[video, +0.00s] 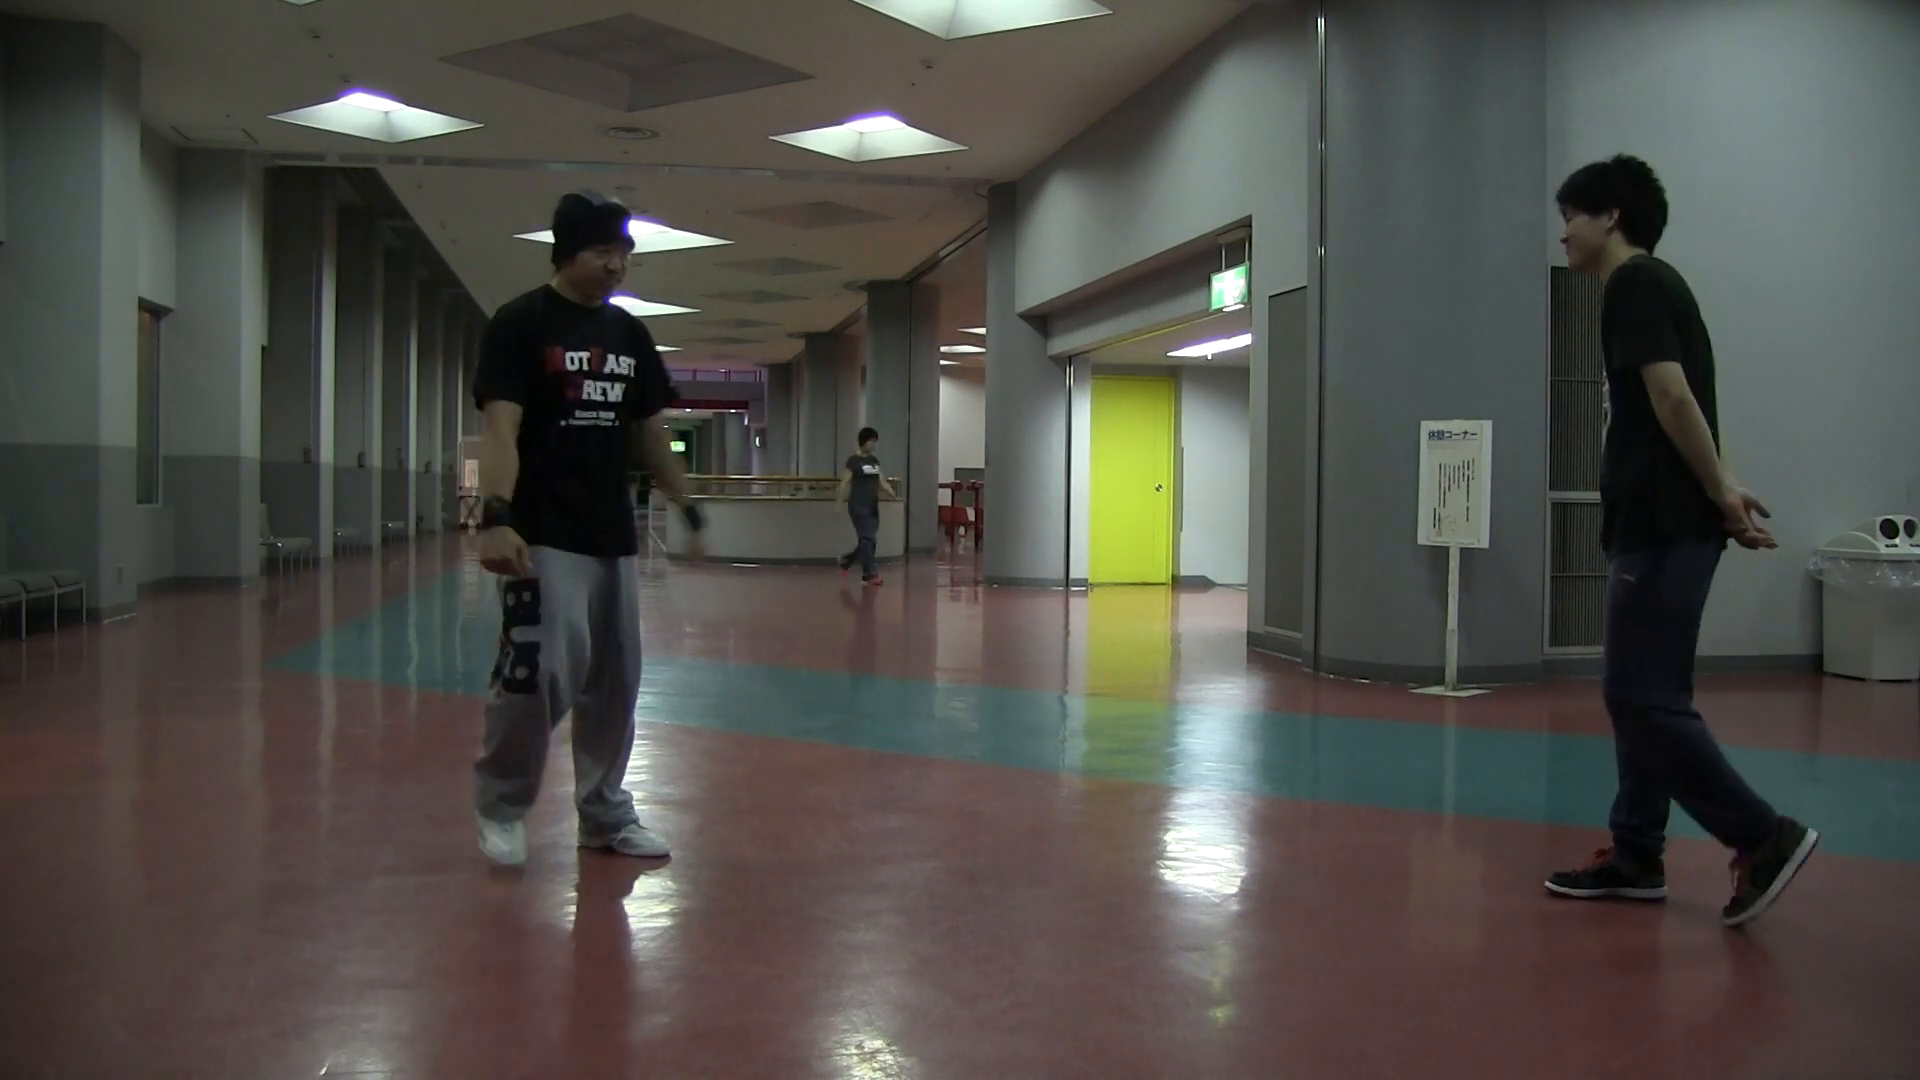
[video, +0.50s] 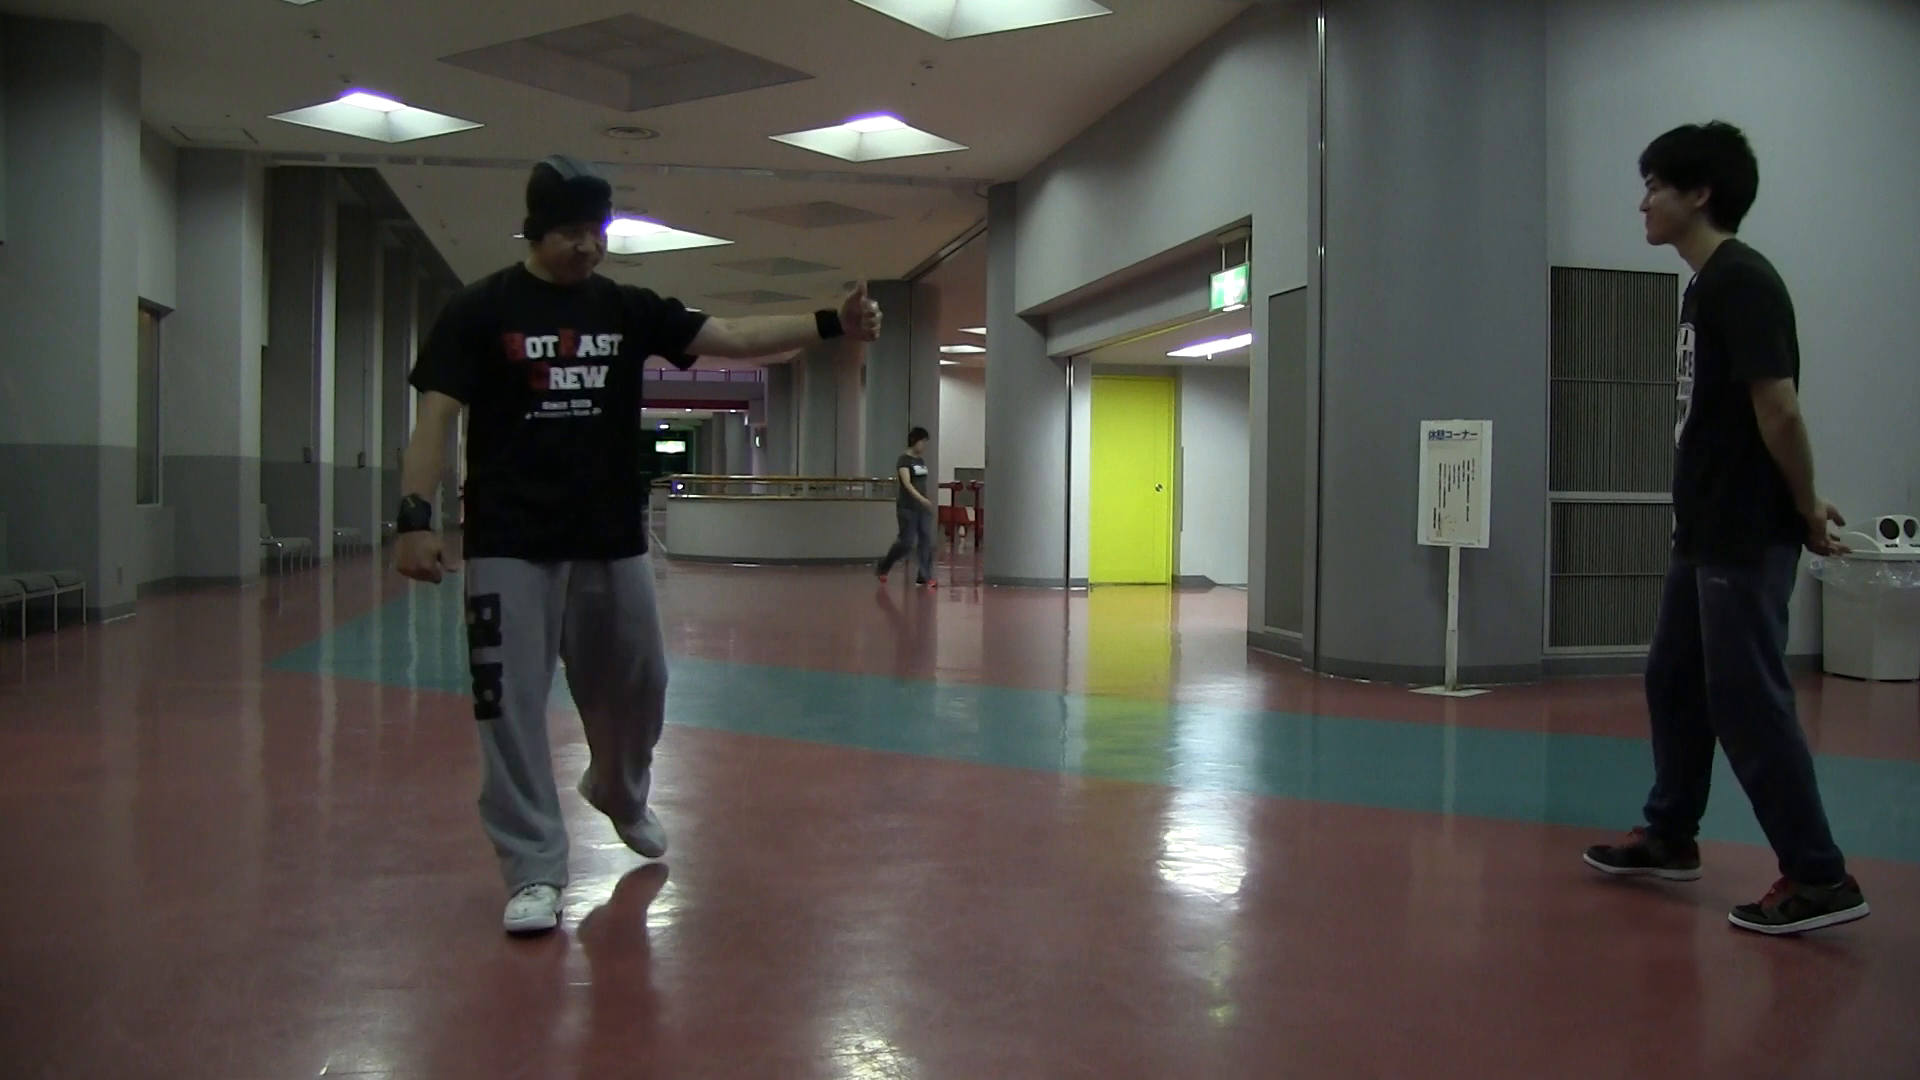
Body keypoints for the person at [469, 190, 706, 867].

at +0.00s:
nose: (619, 266)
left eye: (624, 254)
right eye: (607, 253)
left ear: (623, 257)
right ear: (569, 254)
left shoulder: (630, 334)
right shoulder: (519, 325)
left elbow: (649, 434)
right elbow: (499, 428)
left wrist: (687, 499)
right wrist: (494, 517)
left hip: (611, 534)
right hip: (542, 532)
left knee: (612, 678)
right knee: (546, 673)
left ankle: (605, 813)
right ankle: (501, 802)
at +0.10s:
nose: (625, 267)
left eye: (632, 255)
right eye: (613, 254)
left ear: (634, 255)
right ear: (575, 250)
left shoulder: (645, 330)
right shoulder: (520, 324)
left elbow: (703, 412)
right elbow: (485, 415)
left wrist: (773, 456)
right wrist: (469, 499)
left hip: (620, 538)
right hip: (543, 533)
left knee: (621, 678)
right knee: (537, 681)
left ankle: (608, 815)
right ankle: (519, 840)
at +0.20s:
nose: (627, 266)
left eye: (634, 253)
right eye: (614, 252)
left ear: (640, 255)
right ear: (577, 252)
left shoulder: (655, 333)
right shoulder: (522, 325)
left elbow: (727, 388)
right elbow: (475, 416)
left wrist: (821, 390)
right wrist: (449, 497)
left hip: (625, 543)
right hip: (543, 539)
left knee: (620, 684)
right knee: (536, 696)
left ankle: (609, 814)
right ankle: (534, 851)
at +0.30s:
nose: (622, 270)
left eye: (630, 257)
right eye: (609, 256)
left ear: (637, 259)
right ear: (573, 255)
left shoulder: (652, 333)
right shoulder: (513, 330)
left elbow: (748, 362)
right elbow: (465, 422)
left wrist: (838, 349)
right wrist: (434, 508)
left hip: (621, 546)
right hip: (536, 546)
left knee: (617, 685)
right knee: (535, 707)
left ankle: (611, 806)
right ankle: (540, 870)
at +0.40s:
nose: (608, 259)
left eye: (615, 245)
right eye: (594, 246)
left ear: (621, 246)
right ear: (558, 244)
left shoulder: (639, 322)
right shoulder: (497, 324)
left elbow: (738, 347)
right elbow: (451, 425)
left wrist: (836, 331)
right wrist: (423, 519)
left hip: (618, 542)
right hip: (525, 544)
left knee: (621, 683)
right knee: (522, 706)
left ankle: (614, 800)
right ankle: (537, 871)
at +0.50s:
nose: (590, 247)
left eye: (597, 232)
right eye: (575, 234)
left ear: (604, 230)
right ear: (537, 230)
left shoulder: (626, 307)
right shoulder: (478, 312)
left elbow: (732, 338)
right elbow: (435, 420)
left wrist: (831, 323)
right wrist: (415, 519)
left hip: (609, 535)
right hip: (510, 539)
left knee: (639, 679)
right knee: (512, 707)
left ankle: (619, 792)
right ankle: (533, 871)